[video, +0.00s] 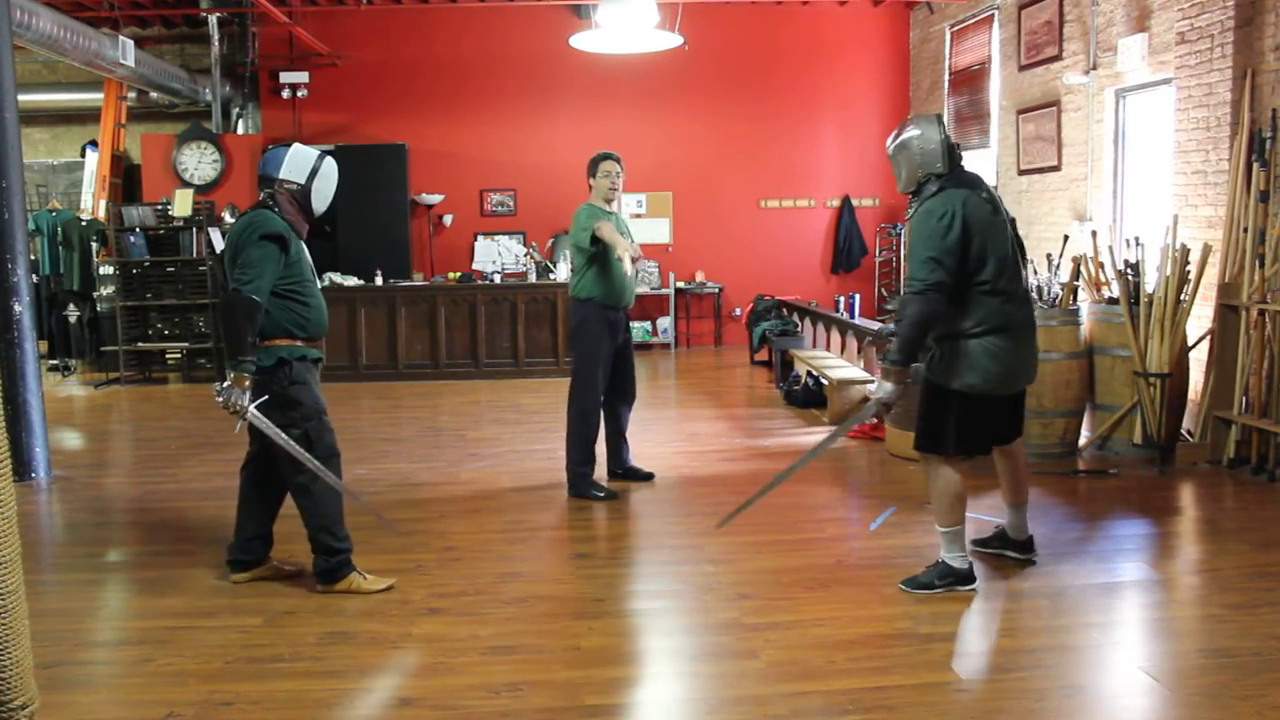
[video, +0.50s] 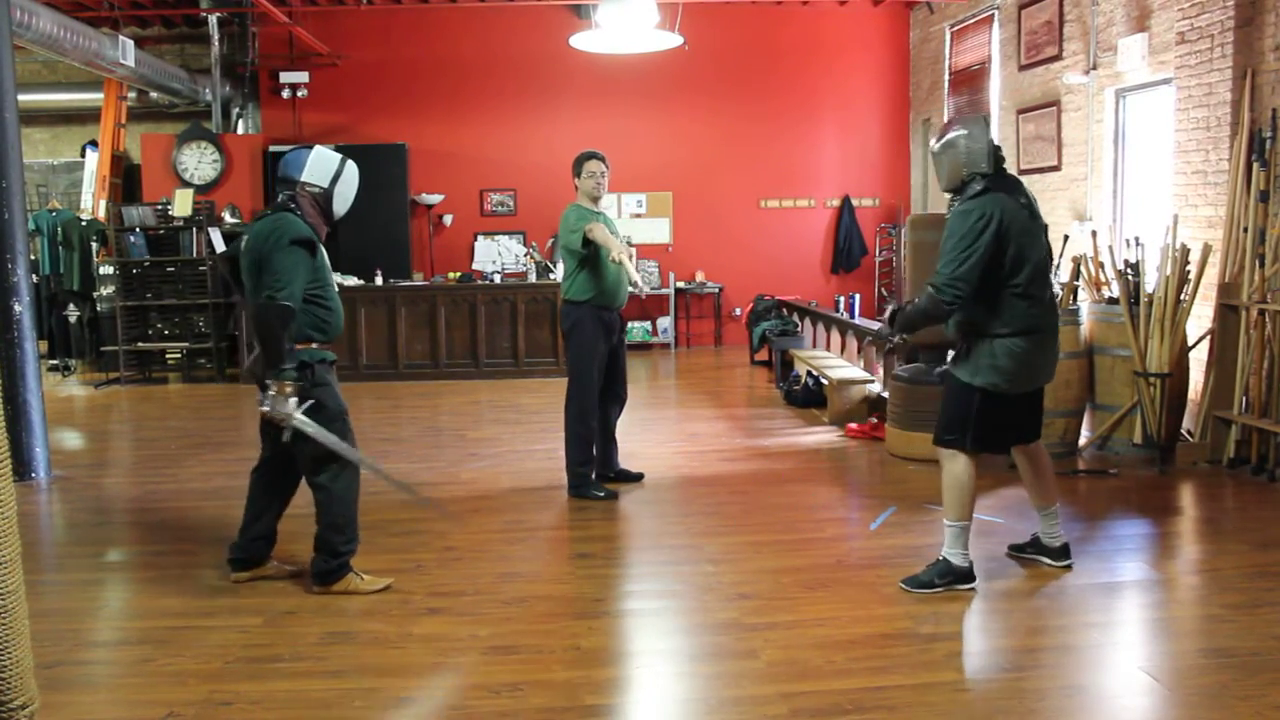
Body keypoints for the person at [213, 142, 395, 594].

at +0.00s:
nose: (322, 199)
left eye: (322, 190)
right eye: (319, 188)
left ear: (283, 182)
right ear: (300, 183)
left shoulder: (275, 227)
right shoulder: (266, 227)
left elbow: (249, 301)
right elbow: (245, 301)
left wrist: (239, 371)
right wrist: (240, 371)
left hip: (289, 362)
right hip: (283, 364)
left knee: (268, 462)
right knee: (318, 458)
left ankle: (247, 559)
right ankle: (335, 569)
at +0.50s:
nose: (338, 207)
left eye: (339, 198)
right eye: (335, 196)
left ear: (295, 189)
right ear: (316, 190)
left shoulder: (264, 231)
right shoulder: (289, 234)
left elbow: (228, 265)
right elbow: (276, 309)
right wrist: (280, 381)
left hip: (285, 366)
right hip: (307, 366)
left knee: (279, 463)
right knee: (338, 462)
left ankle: (249, 558)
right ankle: (334, 568)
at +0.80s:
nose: (348, 207)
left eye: (348, 198)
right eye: (345, 196)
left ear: (308, 186)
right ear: (327, 189)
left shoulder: (280, 226)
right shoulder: (299, 232)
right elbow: (297, 314)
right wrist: (332, 365)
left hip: (297, 361)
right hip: (308, 363)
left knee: (323, 457)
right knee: (337, 464)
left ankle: (284, 537)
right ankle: (332, 571)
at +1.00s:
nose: (345, 205)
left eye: (346, 195)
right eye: (343, 193)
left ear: (312, 185)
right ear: (324, 185)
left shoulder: (305, 226)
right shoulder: (290, 224)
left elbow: (310, 297)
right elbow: (285, 299)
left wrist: (344, 342)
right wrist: (327, 345)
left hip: (321, 359)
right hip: (306, 361)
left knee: (342, 457)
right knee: (336, 462)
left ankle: (323, 546)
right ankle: (332, 571)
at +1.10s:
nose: (351, 202)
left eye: (351, 193)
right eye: (348, 191)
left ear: (319, 184)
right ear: (330, 184)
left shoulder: (314, 228)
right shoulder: (288, 222)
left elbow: (319, 294)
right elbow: (273, 293)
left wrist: (340, 348)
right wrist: (312, 344)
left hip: (328, 360)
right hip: (308, 363)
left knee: (343, 458)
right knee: (334, 462)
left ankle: (323, 548)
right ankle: (331, 570)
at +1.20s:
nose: (350, 199)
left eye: (351, 191)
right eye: (346, 189)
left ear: (324, 184)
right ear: (325, 182)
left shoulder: (321, 228)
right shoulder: (287, 221)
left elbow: (329, 290)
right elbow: (264, 290)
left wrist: (341, 345)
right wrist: (295, 338)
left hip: (330, 362)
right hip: (305, 364)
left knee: (340, 457)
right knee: (329, 461)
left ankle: (324, 549)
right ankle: (330, 569)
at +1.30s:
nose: (354, 198)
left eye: (356, 189)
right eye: (350, 188)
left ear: (330, 183)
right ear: (328, 182)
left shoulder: (324, 229)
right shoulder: (285, 220)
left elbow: (328, 292)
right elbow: (258, 289)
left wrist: (339, 342)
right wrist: (282, 333)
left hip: (323, 361)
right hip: (295, 362)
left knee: (335, 457)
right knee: (317, 461)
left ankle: (330, 556)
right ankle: (324, 569)